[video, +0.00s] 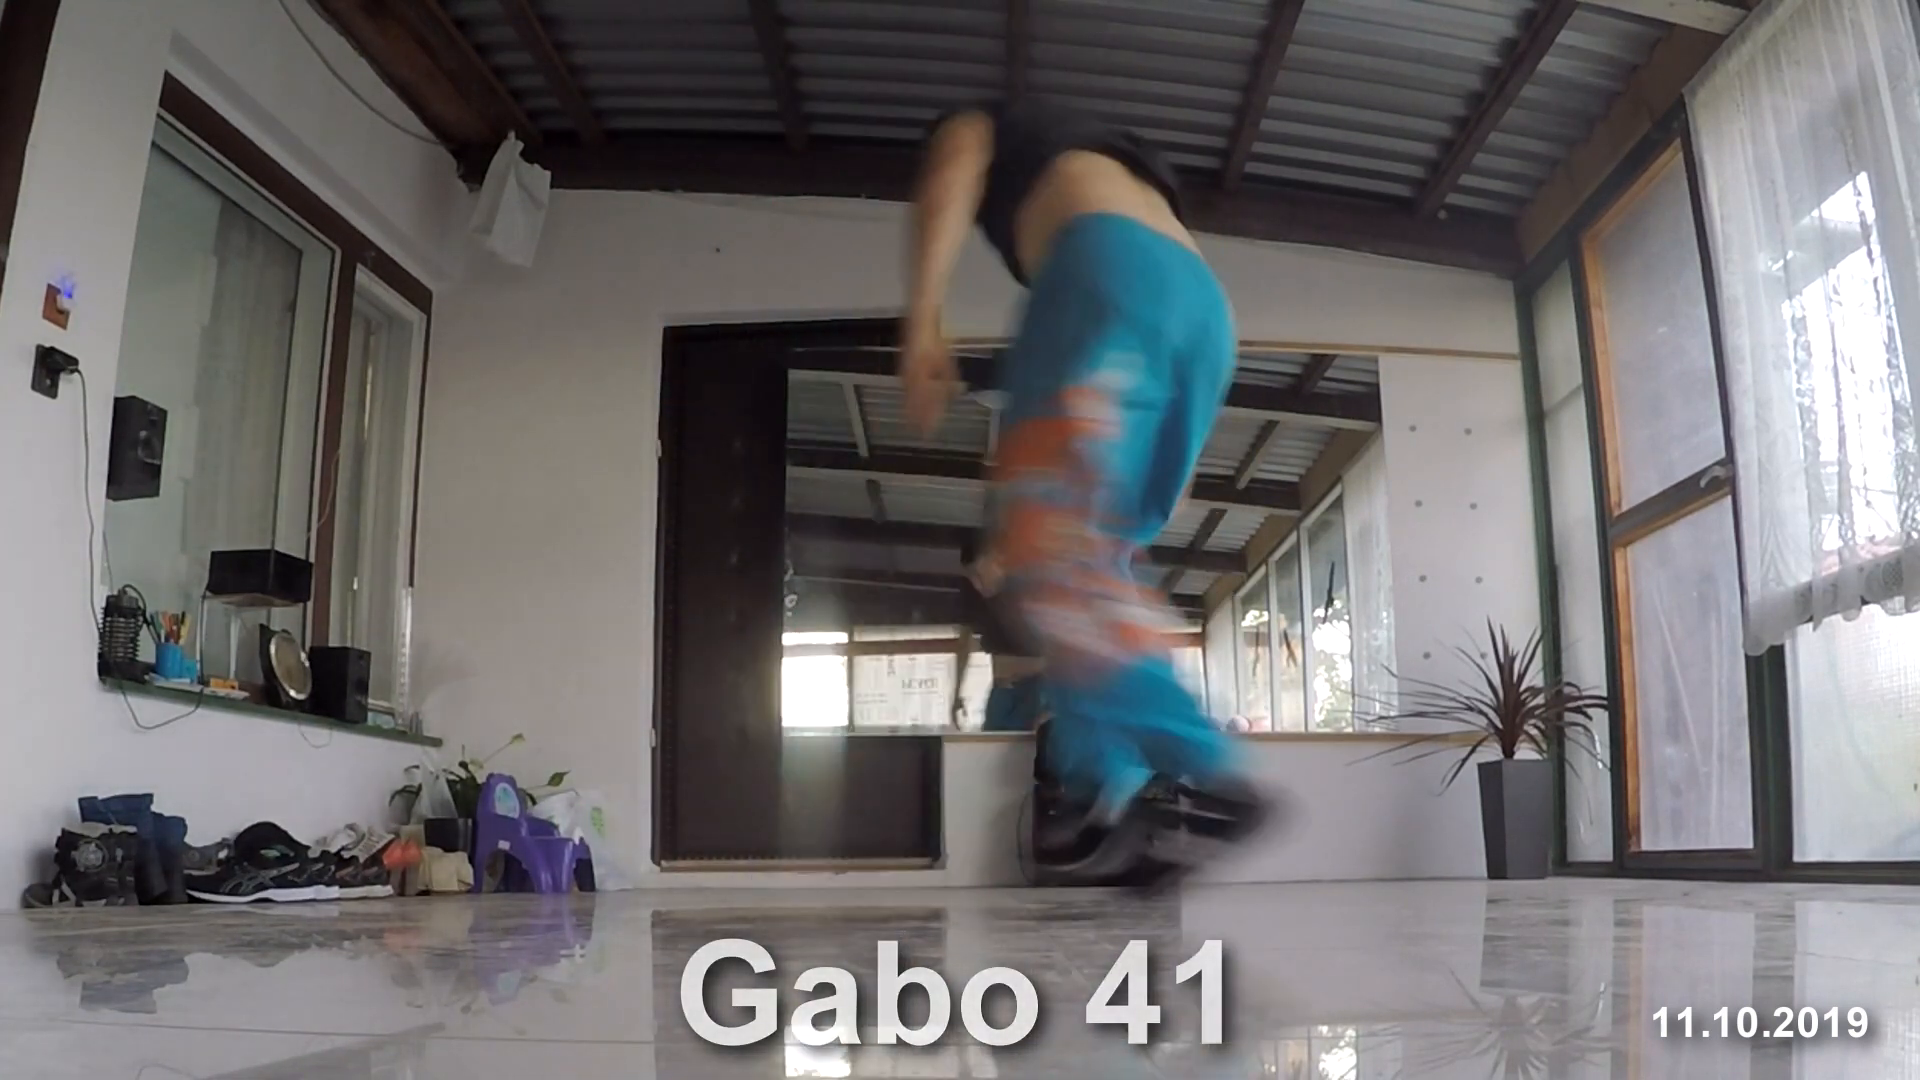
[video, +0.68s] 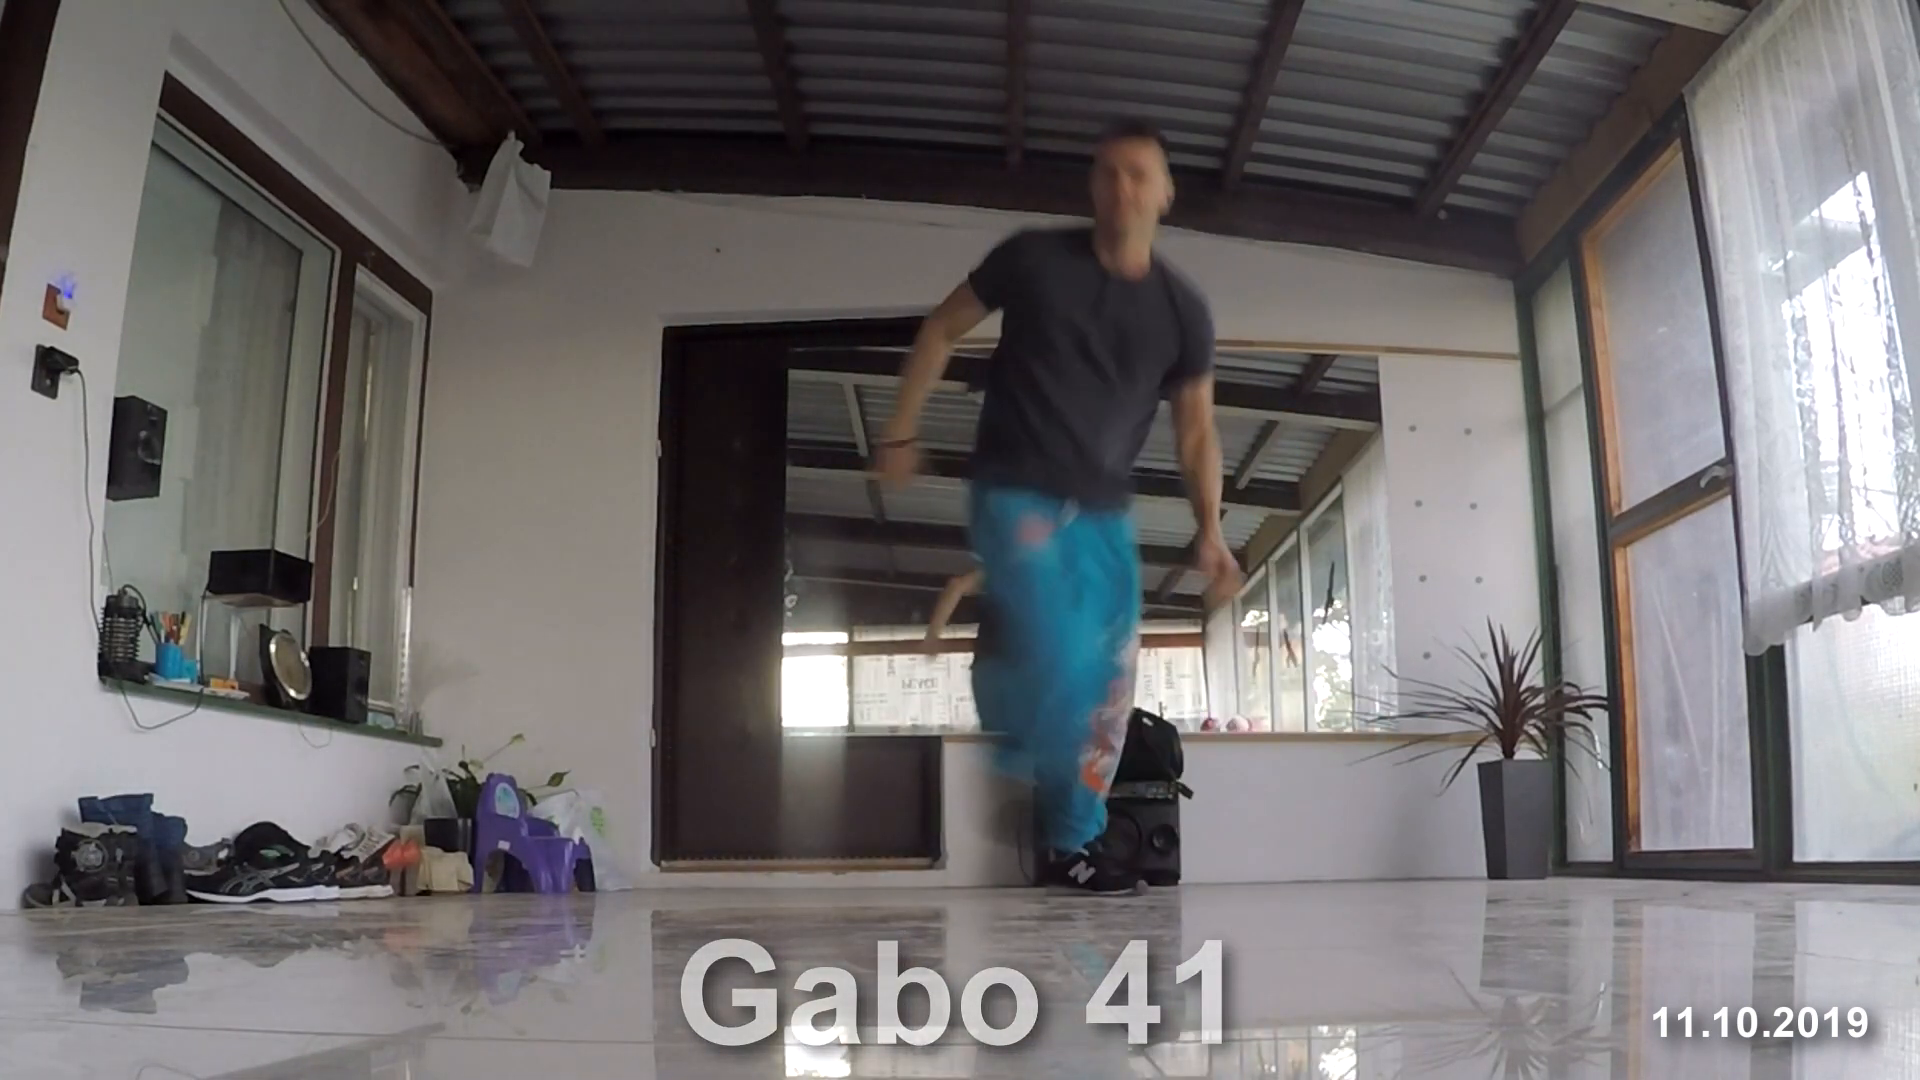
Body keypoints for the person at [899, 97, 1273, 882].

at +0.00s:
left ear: (981, 137)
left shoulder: (995, 127)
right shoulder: (1124, 184)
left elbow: (956, 153)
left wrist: (924, 322)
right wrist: (974, 372)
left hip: (1117, 272)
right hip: (1210, 314)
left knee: (1043, 549)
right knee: (1098, 554)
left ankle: (1207, 773)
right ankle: (1092, 790)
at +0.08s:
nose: (961, 188)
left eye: (958, 169)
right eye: (957, 182)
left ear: (980, 124)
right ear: (988, 155)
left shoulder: (1020, 110)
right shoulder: (1052, 204)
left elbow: (1053, 131)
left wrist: (1004, 241)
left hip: (1162, 322)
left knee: (1178, 580)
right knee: (1093, 585)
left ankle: (1323, 823)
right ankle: (1077, 813)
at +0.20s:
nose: (954, 150)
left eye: (954, 125)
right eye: (944, 139)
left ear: (1001, 87)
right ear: (976, 121)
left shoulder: (1087, 121)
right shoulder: (1034, 238)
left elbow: (1210, 153)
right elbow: (1060, 374)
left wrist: (1166, 200)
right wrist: (1024, 479)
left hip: (1205, 377)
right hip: (1148, 419)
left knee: (1250, 595)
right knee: (1075, 617)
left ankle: (1337, 836)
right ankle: (1198, 793)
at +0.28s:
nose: (972, 116)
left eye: (981, 92)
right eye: (961, 105)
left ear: (1035, 74)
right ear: (965, 116)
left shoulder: (1130, 142)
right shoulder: (1002, 209)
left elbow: (1255, 212)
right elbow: (1016, 344)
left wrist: (1221, 269)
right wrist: (1017, 459)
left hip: (1228, 409)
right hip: (1137, 436)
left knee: (1290, 600)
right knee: (1134, 634)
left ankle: (1365, 801)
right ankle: (1236, 810)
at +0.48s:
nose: (1059, 129)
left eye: (1076, 114)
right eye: (1047, 120)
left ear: (1121, 126)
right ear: (1037, 140)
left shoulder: (1183, 223)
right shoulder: (1013, 240)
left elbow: (1239, 346)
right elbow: (986, 361)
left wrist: (1200, 406)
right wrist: (1001, 477)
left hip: (1204, 479)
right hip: (1098, 503)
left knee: (1282, 605)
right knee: (1156, 684)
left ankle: (1277, 761)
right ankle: (1261, 836)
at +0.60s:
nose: (1111, 167)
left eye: (1127, 153)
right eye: (1097, 153)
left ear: (1160, 169)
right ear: (1081, 167)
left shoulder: (1183, 281)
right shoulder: (1027, 246)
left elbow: (1202, 411)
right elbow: (951, 324)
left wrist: (1205, 515)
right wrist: (922, 421)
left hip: (1123, 492)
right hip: (1033, 484)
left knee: (1118, 664)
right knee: (1102, 654)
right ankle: (1075, 825)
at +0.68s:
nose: (1122, 187)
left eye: (1139, 175)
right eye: (1110, 172)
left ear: (1167, 195)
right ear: (1091, 185)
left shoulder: (1183, 308)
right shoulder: (1031, 259)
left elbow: (1196, 427)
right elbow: (941, 329)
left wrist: (1210, 530)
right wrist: (900, 430)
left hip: (1104, 504)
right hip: (1018, 490)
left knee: (1103, 673)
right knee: (1053, 656)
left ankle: (1068, 843)